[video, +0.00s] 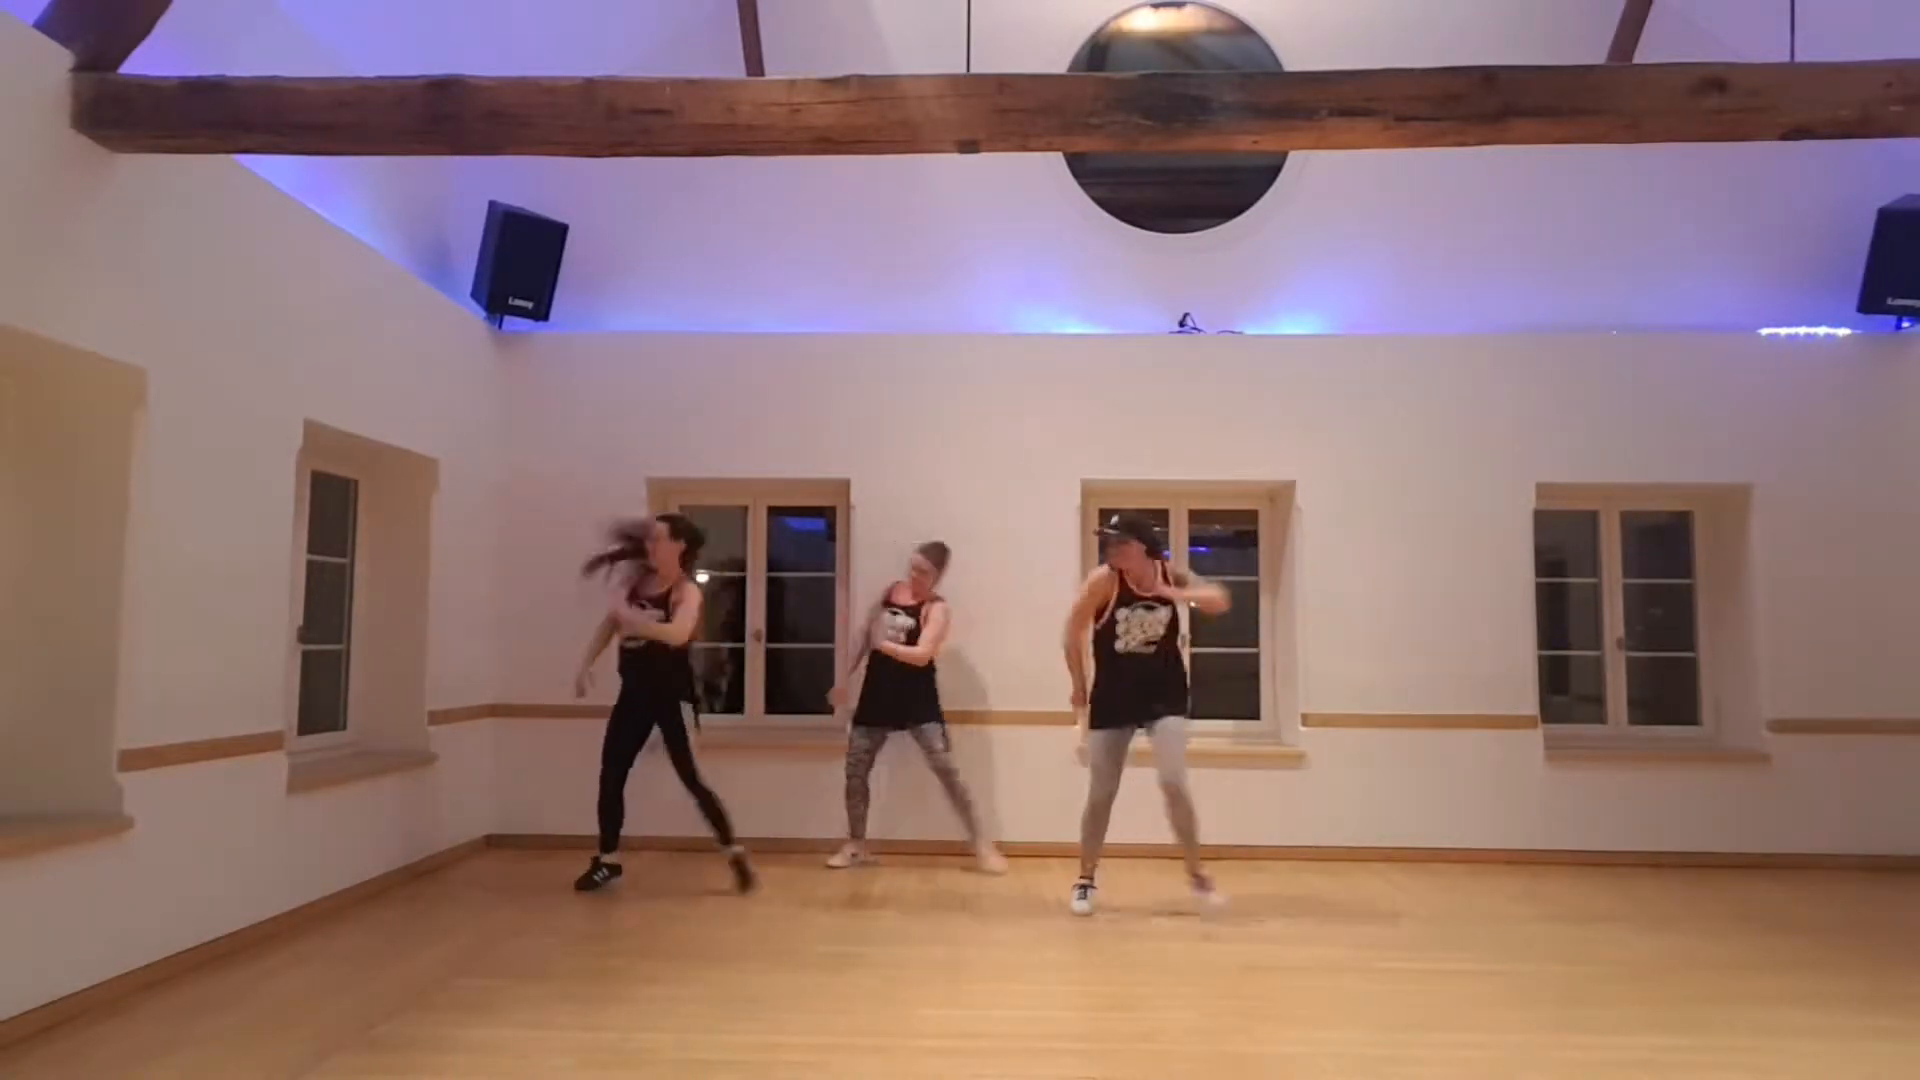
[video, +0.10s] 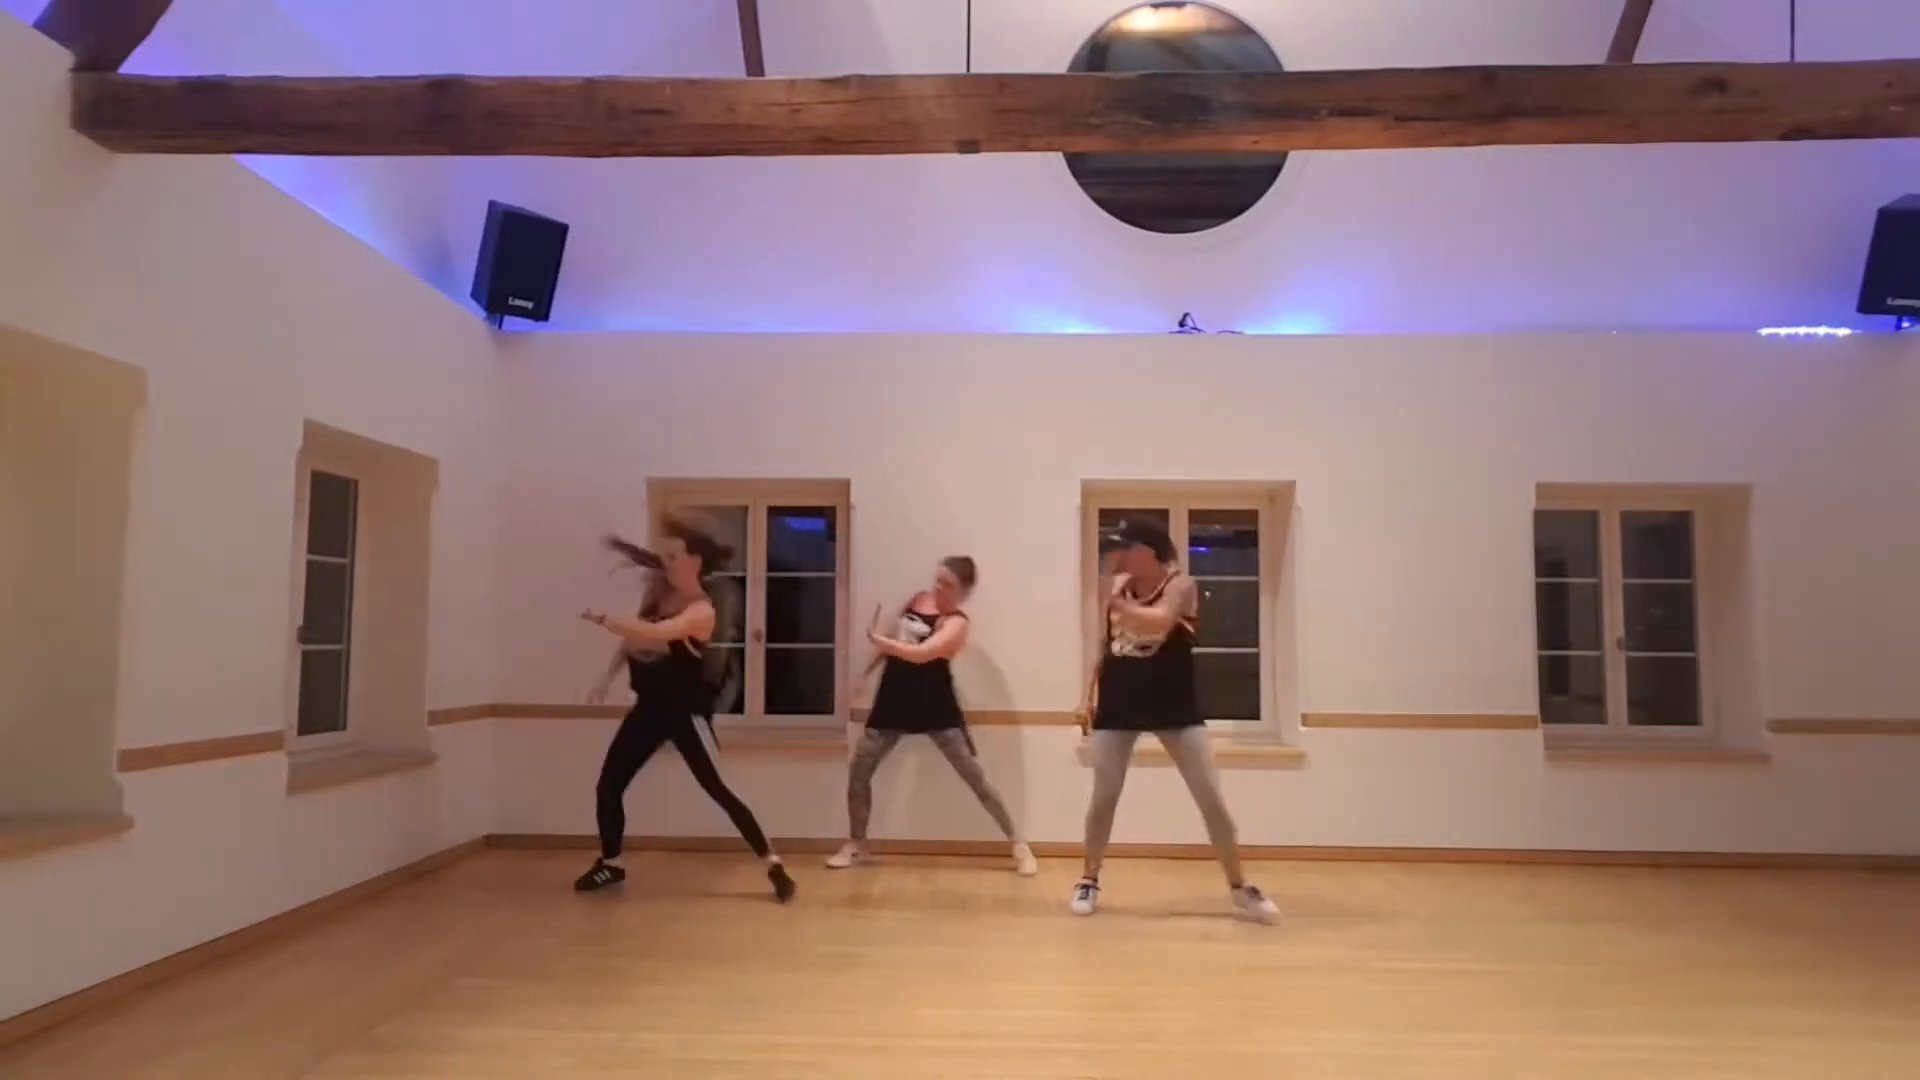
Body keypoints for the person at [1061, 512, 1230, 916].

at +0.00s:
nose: (1115, 556)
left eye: (1122, 547)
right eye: (1112, 549)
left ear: (1144, 547)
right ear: (1112, 552)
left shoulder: (1172, 575)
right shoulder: (1104, 581)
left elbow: (1220, 600)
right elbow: (1074, 629)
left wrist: (1173, 593)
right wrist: (1079, 684)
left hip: (1165, 696)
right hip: (1113, 697)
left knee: (1173, 783)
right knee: (1102, 792)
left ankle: (1197, 874)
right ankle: (1086, 879)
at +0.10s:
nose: (1121, 556)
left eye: (1128, 548)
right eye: (1120, 549)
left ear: (1151, 553)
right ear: (1126, 555)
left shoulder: (1181, 585)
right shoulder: (1115, 587)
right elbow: (1101, 645)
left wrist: (1118, 604)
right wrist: (1089, 698)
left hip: (1173, 705)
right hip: (1119, 705)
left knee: (1211, 798)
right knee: (1104, 795)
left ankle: (1240, 889)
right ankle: (1088, 882)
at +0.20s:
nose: (1144, 574)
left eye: (1151, 566)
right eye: (1143, 566)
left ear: (1171, 568)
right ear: (1150, 569)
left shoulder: (1192, 599)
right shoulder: (1148, 607)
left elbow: (1132, 606)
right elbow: (1127, 661)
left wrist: (1072, 598)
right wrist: (1096, 707)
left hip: (1183, 723)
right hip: (1133, 721)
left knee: (1226, 814)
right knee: (1108, 806)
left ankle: (1255, 896)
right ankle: (1091, 884)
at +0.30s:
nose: (1160, 592)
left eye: (1166, 584)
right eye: (1159, 585)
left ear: (1187, 584)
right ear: (1168, 588)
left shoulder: (1215, 611)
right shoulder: (1166, 624)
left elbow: (1155, 612)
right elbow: (1140, 677)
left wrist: (1094, 613)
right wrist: (1108, 723)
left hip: (1196, 737)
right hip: (1145, 733)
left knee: (1231, 824)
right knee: (1120, 814)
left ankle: (1256, 897)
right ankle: (1095, 887)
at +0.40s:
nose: (1178, 594)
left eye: (1183, 586)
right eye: (1176, 587)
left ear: (1204, 581)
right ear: (1179, 588)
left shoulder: (1236, 603)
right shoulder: (1177, 623)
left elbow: (1188, 625)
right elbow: (1153, 675)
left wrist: (1123, 623)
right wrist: (1130, 728)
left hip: (1213, 736)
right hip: (1159, 730)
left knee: (1241, 824)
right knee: (1131, 809)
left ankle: (1257, 897)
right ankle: (1097, 884)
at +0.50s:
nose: (1205, 592)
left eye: (1211, 582)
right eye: (1199, 585)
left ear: (1233, 577)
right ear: (1194, 581)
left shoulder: (1252, 600)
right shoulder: (1184, 604)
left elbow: (1252, 637)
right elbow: (1165, 660)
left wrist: (1188, 627)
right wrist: (1150, 715)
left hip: (1229, 718)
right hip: (1176, 712)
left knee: (1249, 808)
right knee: (1141, 796)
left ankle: (1258, 896)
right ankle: (1112, 881)